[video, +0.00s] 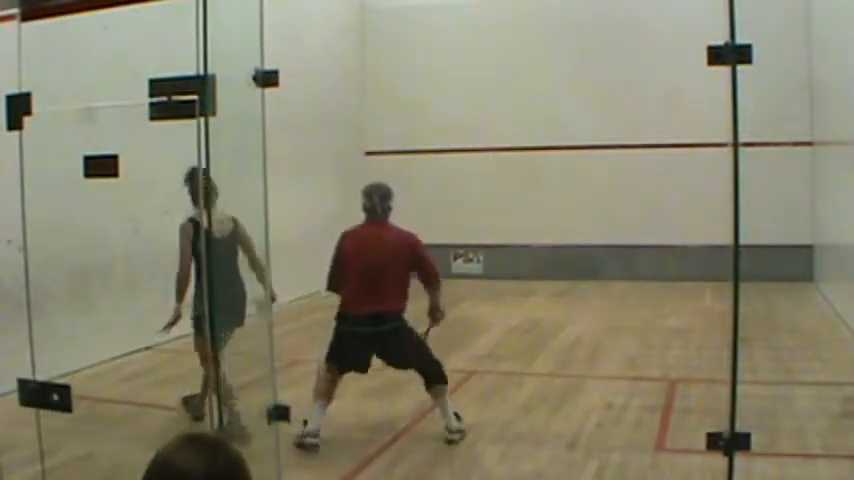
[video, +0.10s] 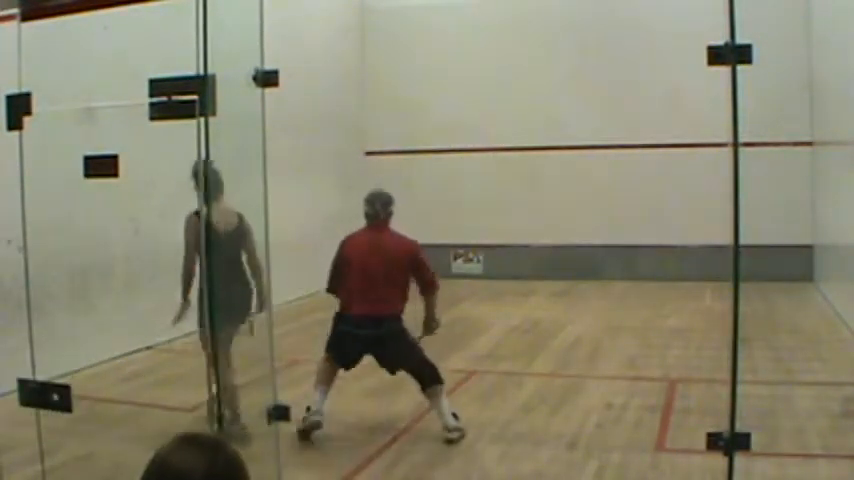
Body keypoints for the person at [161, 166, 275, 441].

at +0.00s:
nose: (197, 196)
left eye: (195, 192)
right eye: (200, 190)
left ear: (191, 194)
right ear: (215, 192)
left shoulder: (190, 227)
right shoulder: (232, 223)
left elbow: (185, 271)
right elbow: (254, 260)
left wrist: (178, 307)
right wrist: (268, 288)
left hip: (207, 305)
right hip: (235, 301)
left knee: (210, 359)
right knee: (212, 354)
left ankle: (232, 416)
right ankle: (200, 401)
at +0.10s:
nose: (197, 191)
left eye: (196, 186)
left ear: (198, 188)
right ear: (222, 185)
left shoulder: (195, 221)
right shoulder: (238, 219)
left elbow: (189, 265)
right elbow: (253, 260)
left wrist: (184, 299)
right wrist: (261, 292)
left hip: (213, 297)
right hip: (240, 294)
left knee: (219, 355)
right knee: (221, 352)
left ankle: (234, 417)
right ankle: (222, 402)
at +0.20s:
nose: (209, 187)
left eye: (205, 182)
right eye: (216, 181)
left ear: (202, 184)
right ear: (225, 182)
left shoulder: (199, 217)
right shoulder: (242, 216)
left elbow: (195, 260)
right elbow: (254, 259)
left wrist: (192, 294)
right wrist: (258, 291)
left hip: (220, 297)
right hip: (246, 294)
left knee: (225, 355)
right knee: (234, 350)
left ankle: (238, 417)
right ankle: (248, 408)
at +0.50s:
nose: (205, 185)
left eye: (205, 180)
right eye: (208, 179)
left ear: (206, 182)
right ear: (228, 178)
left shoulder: (212, 215)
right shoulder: (244, 213)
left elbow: (210, 262)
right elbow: (249, 258)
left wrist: (205, 301)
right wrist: (246, 284)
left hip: (221, 294)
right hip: (246, 290)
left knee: (213, 352)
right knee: (251, 349)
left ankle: (232, 407)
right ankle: (266, 404)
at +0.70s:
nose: (188, 192)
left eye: (189, 186)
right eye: (190, 186)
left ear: (191, 188)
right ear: (212, 183)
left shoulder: (197, 216)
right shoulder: (227, 215)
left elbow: (204, 257)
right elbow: (230, 258)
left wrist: (202, 294)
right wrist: (222, 284)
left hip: (206, 292)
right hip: (233, 290)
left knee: (194, 344)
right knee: (244, 345)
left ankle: (196, 405)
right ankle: (265, 404)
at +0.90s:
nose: (157, 196)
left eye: (157, 192)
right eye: (159, 191)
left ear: (159, 193)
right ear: (182, 189)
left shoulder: (171, 219)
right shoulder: (192, 215)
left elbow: (186, 255)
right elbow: (199, 255)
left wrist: (193, 297)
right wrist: (201, 289)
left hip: (181, 295)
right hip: (205, 291)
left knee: (169, 345)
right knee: (223, 346)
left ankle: (171, 401)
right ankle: (259, 399)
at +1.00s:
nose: (139, 195)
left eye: (140, 190)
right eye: (139, 190)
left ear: (145, 190)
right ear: (164, 187)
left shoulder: (155, 217)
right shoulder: (176, 215)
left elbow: (169, 256)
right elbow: (179, 258)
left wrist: (167, 297)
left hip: (163, 294)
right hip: (185, 290)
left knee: (159, 346)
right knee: (189, 345)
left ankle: (168, 401)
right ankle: (238, 387)